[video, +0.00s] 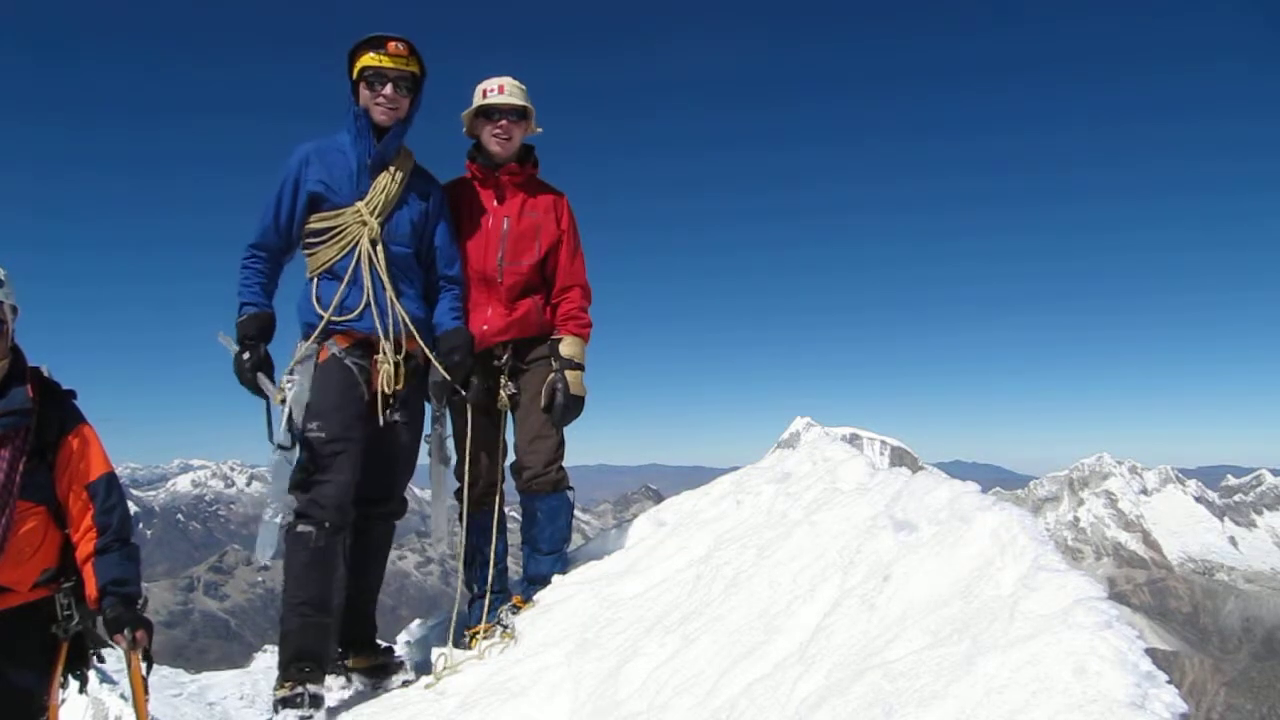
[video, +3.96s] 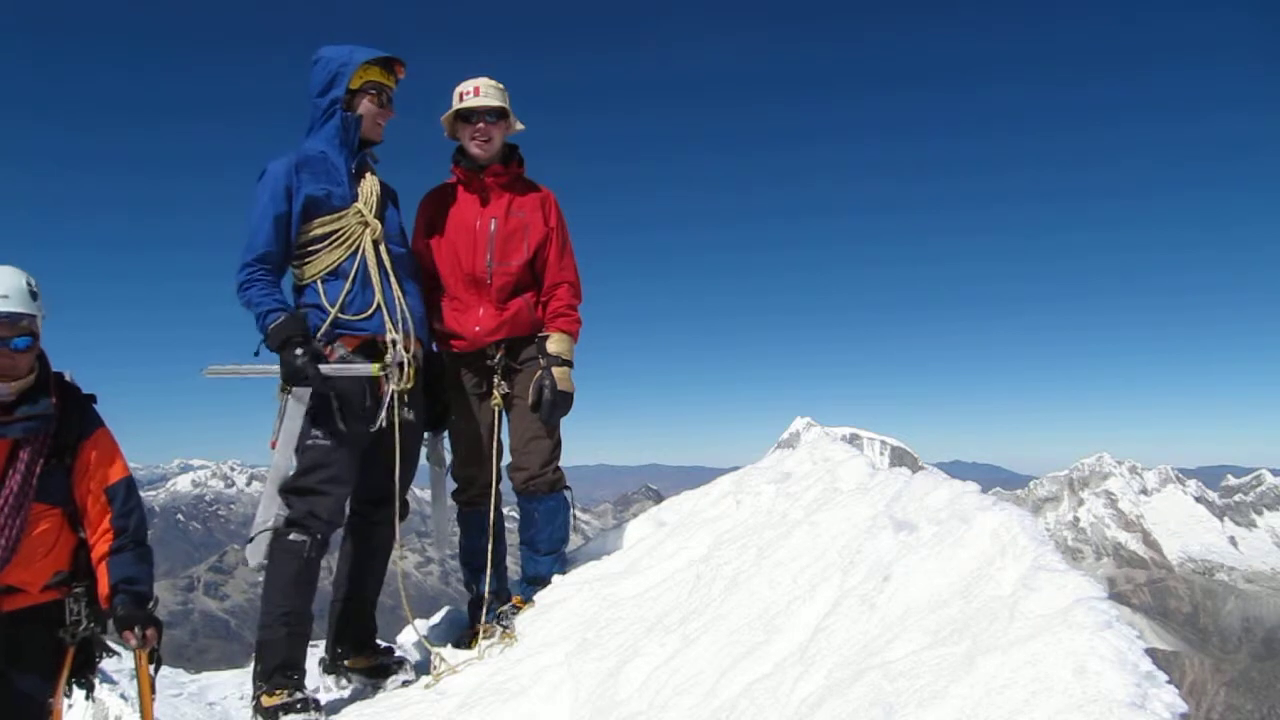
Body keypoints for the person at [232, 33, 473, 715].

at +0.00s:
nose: (388, 93)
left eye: (401, 84)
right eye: (377, 81)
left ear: (416, 96)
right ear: (356, 88)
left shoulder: (427, 188)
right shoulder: (315, 162)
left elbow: (448, 280)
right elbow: (263, 252)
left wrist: (451, 342)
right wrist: (254, 332)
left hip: (406, 360)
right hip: (333, 354)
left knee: (380, 504)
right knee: (327, 501)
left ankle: (357, 638)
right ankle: (301, 666)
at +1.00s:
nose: (386, 94)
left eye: (399, 86)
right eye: (374, 82)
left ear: (413, 98)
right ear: (354, 89)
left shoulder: (420, 189)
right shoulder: (313, 158)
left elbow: (434, 283)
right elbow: (256, 248)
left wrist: (438, 359)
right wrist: (254, 334)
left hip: (403, 363)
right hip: (334, 355)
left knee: (375, 507)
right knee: (323, 504)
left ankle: (355, 642)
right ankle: (298, 673)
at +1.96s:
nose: (383, 97)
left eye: (396, 88)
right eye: (371, 85)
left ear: (410, 100)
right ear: (351, 93)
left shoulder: (418, 190)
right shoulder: (313, 164)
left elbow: (433, 282)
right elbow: (262, 257)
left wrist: (439, 364)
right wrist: (254, 338)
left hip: (405, 364)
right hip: (338, 356)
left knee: (378, 504)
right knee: (328, 500)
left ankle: (355, 638)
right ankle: (300, 670)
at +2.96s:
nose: (403, 108)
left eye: (407, 98)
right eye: (391, 96)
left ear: (404, 107)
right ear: (357, 100)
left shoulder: (400, 193)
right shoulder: (313, 168)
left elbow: (421, 281)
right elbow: (262, 261)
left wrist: (433, 359)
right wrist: (327, 286)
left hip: (402, 361)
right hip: (347, 356)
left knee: (380, 504)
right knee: (340, 499)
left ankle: (354, 642)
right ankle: (297, 675)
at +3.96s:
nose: (386, 108)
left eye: (389, 98)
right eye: (375, 96)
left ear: (382, 107)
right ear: (340, 98)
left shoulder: (383, 193)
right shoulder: (295, 171)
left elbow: (409, 280)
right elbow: (256, 271)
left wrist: (429, 356)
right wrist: (286, 336)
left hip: (397, 375)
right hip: (330, 369)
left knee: (377, 516)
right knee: (306, 518)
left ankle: (353, 645)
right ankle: (278, 683)